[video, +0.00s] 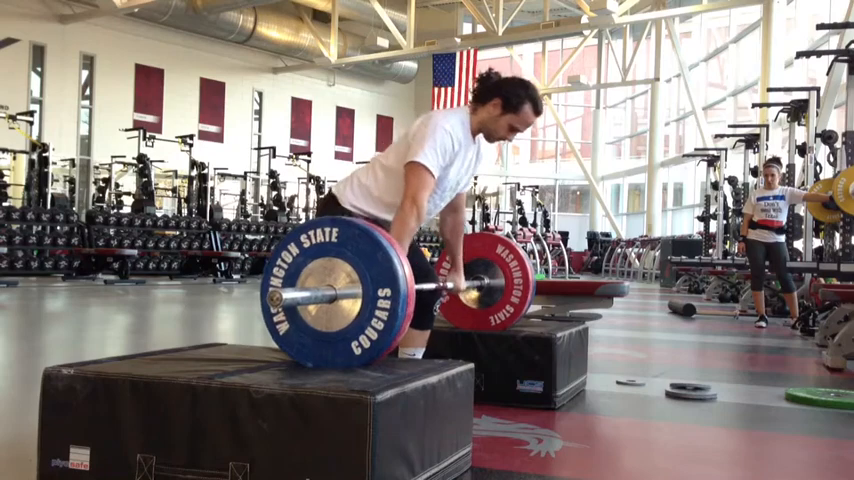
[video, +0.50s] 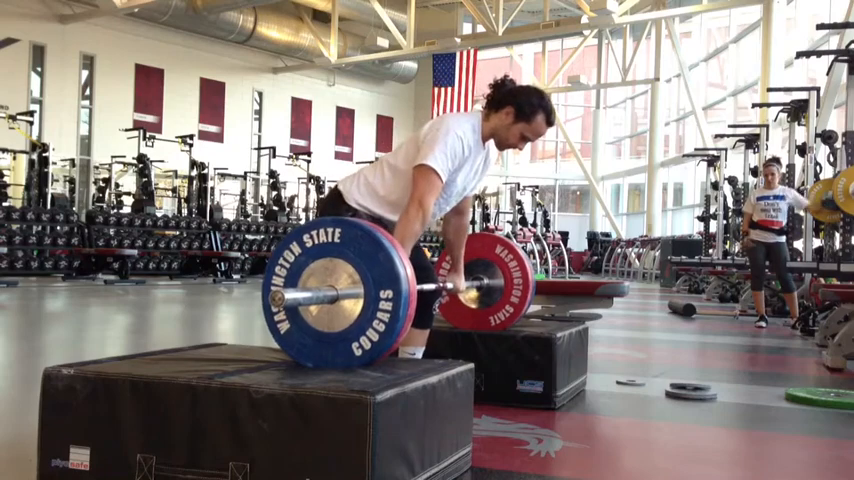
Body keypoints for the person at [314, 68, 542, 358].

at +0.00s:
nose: (511, 138)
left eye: (517, 133)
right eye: (512, 129)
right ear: (495, 106)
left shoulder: (475, 148)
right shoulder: (440, 127)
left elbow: (454, 211)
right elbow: (412, 206)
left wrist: (457, 269)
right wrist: (389, 275)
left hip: (389, 224)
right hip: (347, 213)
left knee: (425, 291)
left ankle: (403, 389)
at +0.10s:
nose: (513, 140)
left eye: (519, 135)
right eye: (514, 130)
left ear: (498, 111)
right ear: (498, 108)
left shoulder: (476, 148)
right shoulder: (443, 128)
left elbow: (455, 212)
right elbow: (414, 207)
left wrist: (457, 269)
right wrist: (388, 273)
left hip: (389, 225)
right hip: (348, 212)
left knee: (425, 292)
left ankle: (401, 389)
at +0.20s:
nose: (516, 141)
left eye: (522, 136)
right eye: (517, 131)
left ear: (502, 112)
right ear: (501, 109)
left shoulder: (480, 151)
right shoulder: (446, 129)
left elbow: (456, 213)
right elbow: (415, 207)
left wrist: (457, 269)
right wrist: (389, 273)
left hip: (391, 224)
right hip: (349, 212)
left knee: (426, 291)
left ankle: (403, 387)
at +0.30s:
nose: (518, 143)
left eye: (525, 139)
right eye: (520, 134)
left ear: (506, 113)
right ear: (504, 111)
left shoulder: (482, 152)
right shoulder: (449, 129)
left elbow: (458, 214)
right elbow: (417, 205)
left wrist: (457, 270)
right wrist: (390, 271)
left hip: (392, 225)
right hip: (350, 211)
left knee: (425, 291)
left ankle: (405, 387)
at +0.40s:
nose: (521, 145)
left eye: (528, 140)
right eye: (523, 135)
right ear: (506, 112)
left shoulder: (483, 153)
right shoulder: (452, 130)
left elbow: (457, 214)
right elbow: (419, 204)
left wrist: (458, 270)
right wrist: (390, 268)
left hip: (390, 225)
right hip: (350, 211)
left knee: (426, 289)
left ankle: (406, 385)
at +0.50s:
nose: (522, 147)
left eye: (529, 142)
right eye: (524, 137)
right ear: (507, 113)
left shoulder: (484, 153)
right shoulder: (453, 130)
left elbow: (458, 214)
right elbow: (419, 205)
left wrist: (457, 270)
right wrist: (390, 270)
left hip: (390, 224)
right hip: (350, 210)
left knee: (425, 288)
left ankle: (406, 384)